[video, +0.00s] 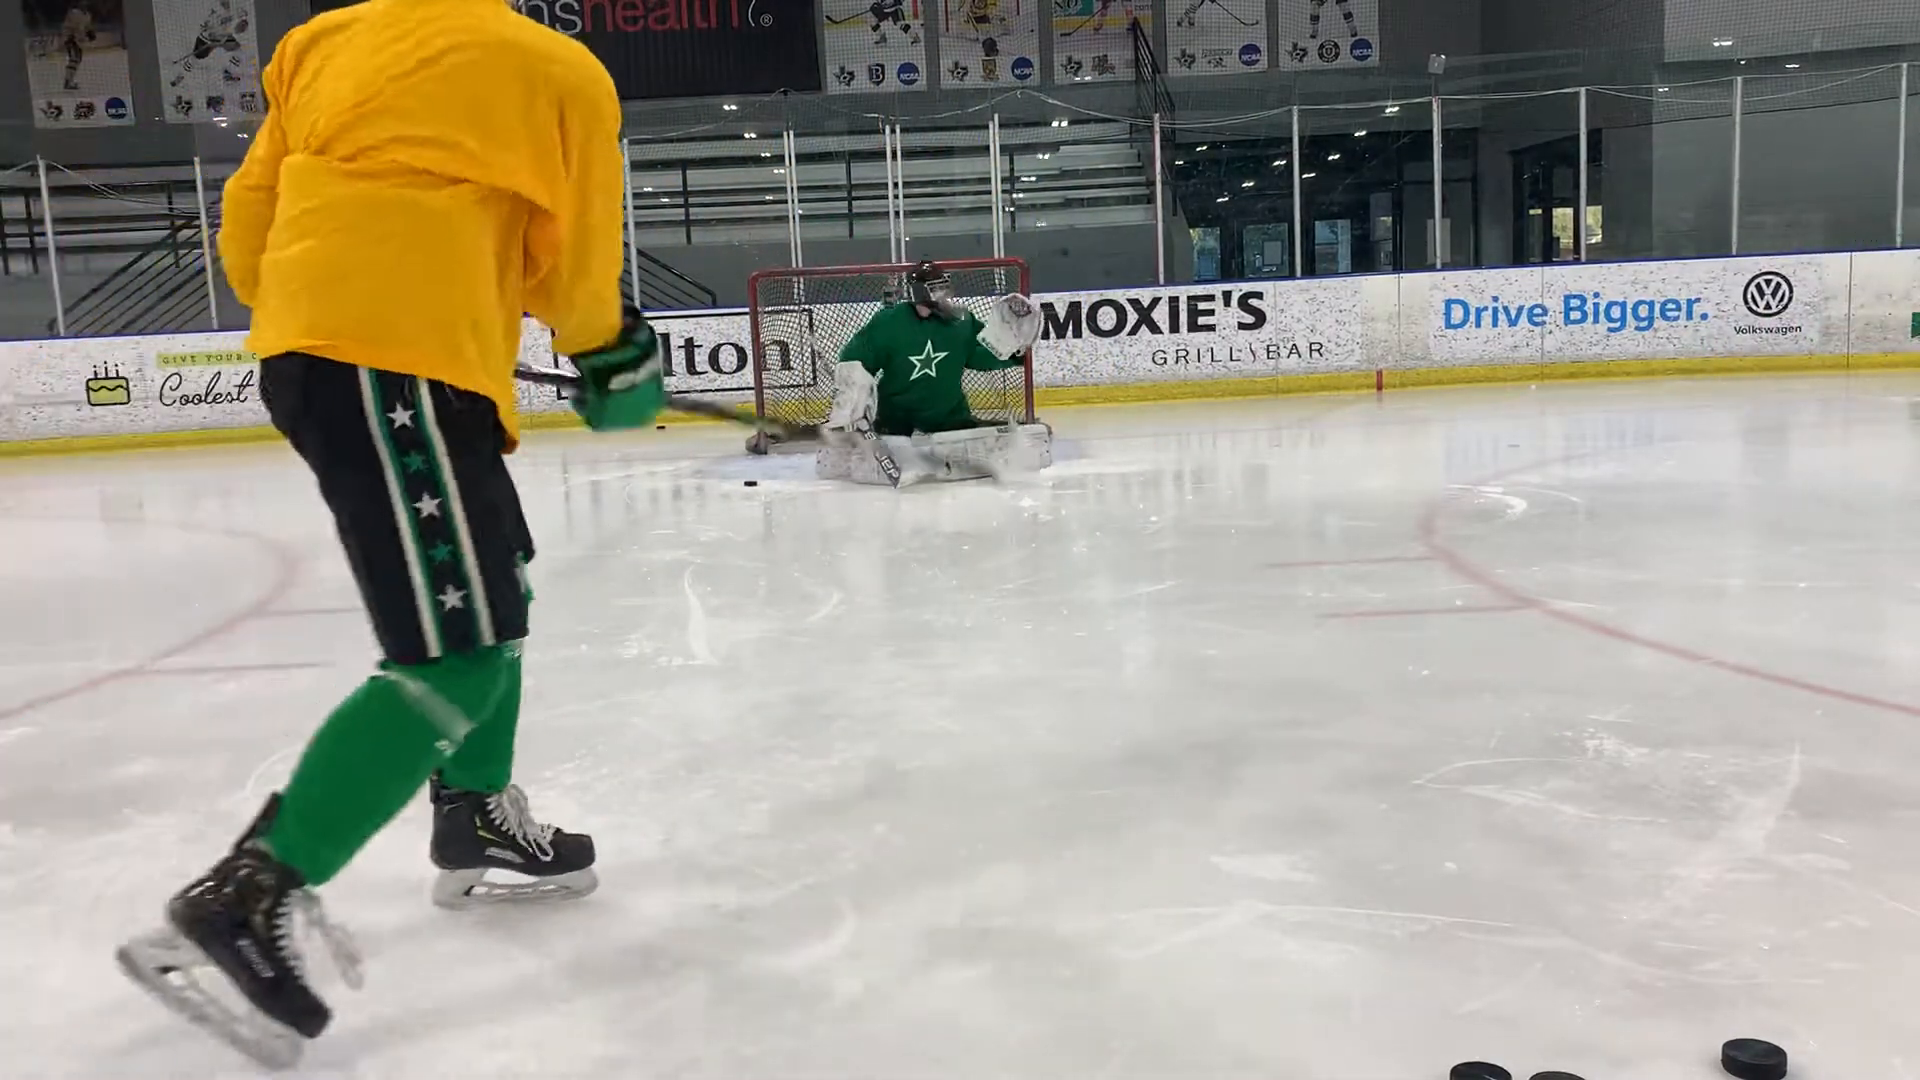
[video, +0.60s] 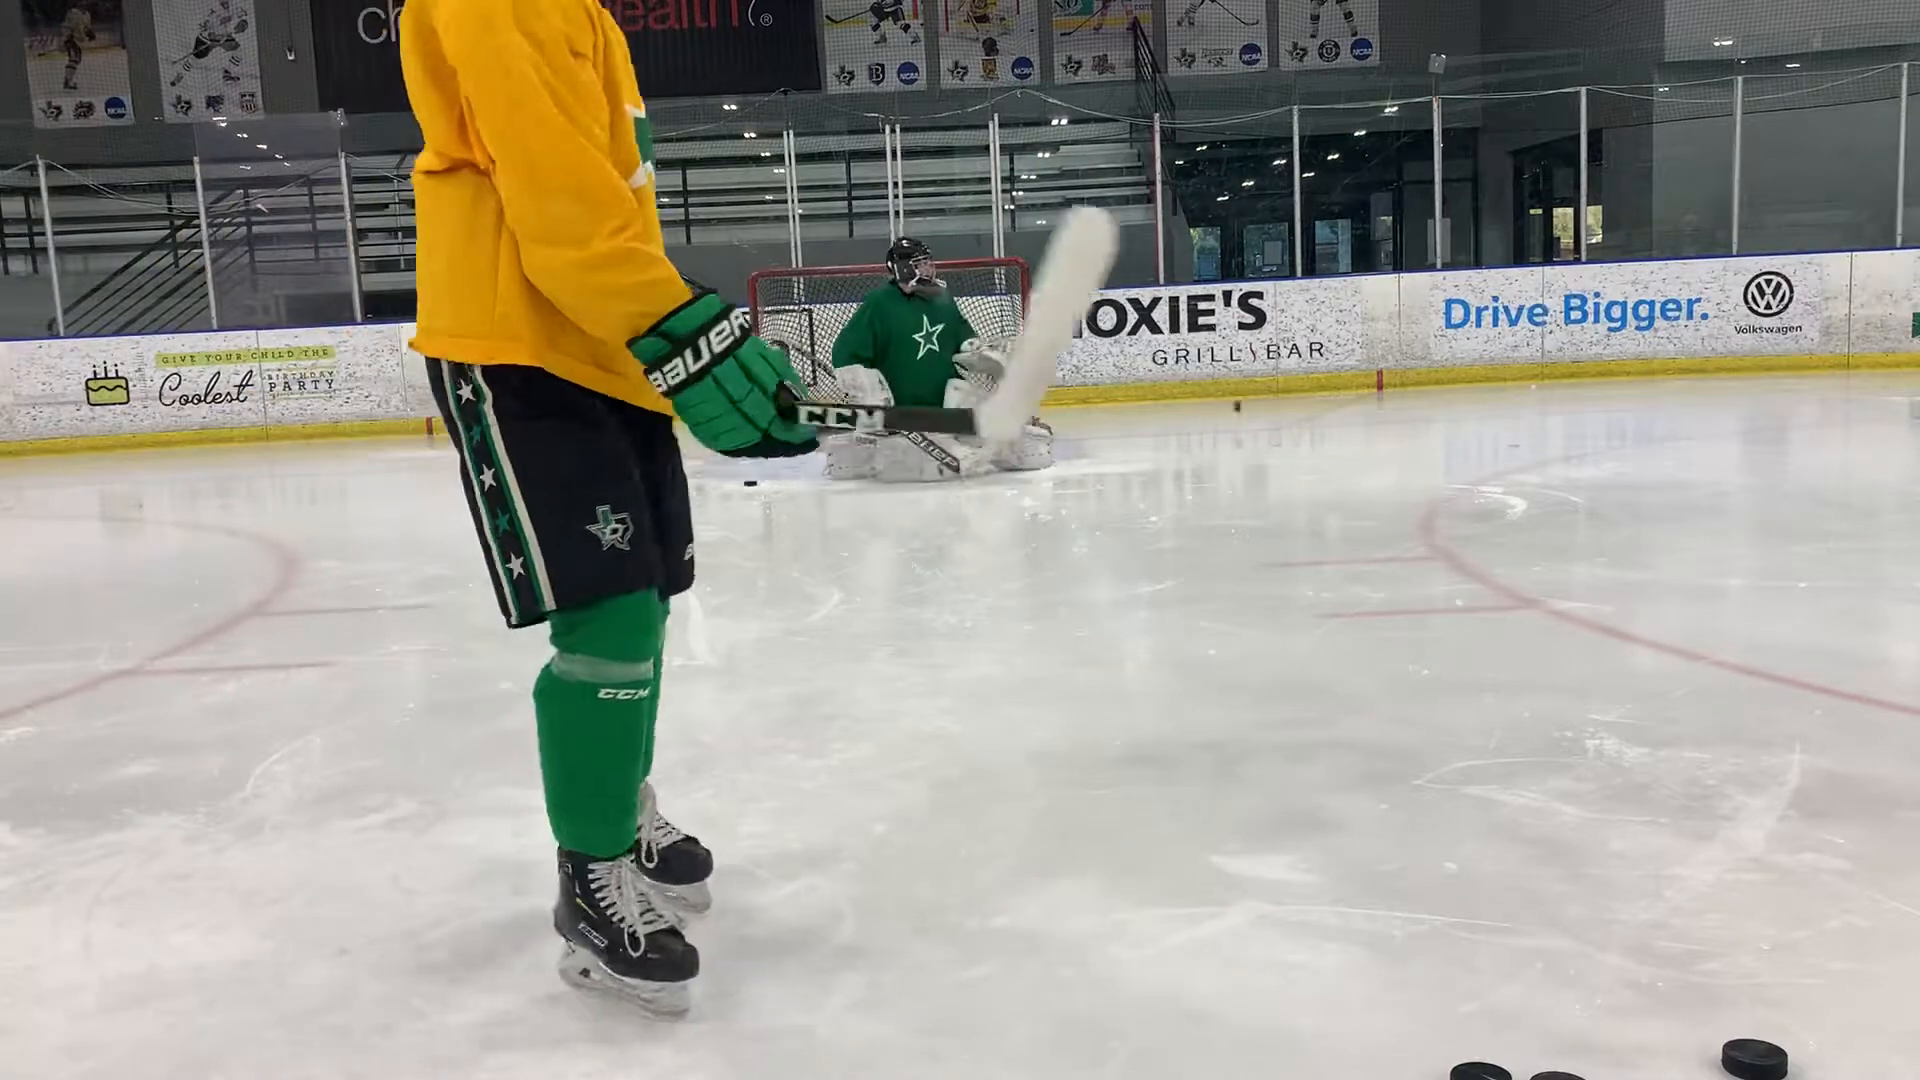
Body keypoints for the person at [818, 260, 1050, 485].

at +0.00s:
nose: (944, 297)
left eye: (945, 289)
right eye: (936, 291)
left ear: (948, 288)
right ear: (918, 293)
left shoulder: (961, 322)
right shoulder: (889, 323)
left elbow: (983, 356)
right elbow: (853, 360)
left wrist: (1013, 327)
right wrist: (852, 405)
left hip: (954, 426)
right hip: (899, 428)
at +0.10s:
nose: (940, 292)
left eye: (943, 284)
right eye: (933, 285)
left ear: (948, 285)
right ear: (915, 287)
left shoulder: (961, 319)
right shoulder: (890, 319)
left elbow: (976, 360)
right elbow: (852, 360)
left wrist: (1011, 343)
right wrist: (858, 399)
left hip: (954, 425)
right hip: (900, 427)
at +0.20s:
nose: (943, 288)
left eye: (945, 281)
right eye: (936, 282)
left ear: (948, 283)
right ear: (917, 284)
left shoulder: (959, 318)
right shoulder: (890, 317)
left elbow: (979, 361)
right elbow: (854, 359)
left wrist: (1005, 362)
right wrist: (860, 399)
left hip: (955, 423)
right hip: (902, 425)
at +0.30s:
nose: (941, 285)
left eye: (943, 278)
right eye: (933, 278)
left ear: (946, 278)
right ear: (913, 281)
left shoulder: (956, 312)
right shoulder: (889, 310)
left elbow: (974, 359)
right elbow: (854, 355)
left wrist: (999, 377)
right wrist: (863, 400)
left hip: (956, 419)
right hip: (904, 422)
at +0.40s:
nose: (936, 278)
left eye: (938, 271)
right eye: (928, 272)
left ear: (942, 272)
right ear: (908, 275)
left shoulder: (953, 309)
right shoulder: (887, 307)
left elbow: (972, 350)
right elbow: (853, 353)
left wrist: (984, 372)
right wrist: (866, 395)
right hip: (895, 418)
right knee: (850, 459)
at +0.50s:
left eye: (918, 267)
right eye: (906, 268)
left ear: (930, 268)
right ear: (896, 270)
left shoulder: (945, 301)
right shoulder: (882, 303)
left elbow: (968, 347)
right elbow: (849, 353)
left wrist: (987, 370)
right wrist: (873, 400)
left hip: (945, 402)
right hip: (896, 406)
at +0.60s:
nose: (927, 270)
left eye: (927, 263)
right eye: (919, 265)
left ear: (930, 264)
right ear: (899, 270)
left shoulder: (941, 301)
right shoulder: (879, 304)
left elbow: (964, 342)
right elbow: (845, 355)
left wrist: (982, 360)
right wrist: (873, 399)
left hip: (945, 416)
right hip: (894, 419)